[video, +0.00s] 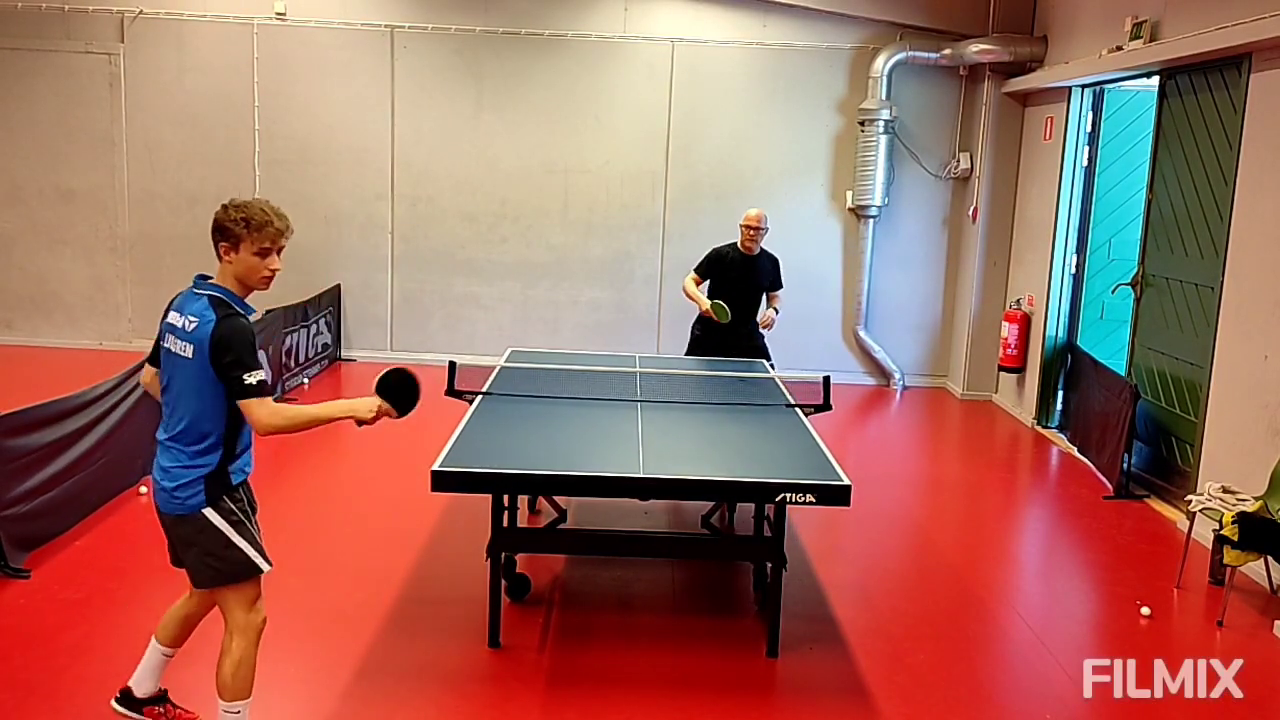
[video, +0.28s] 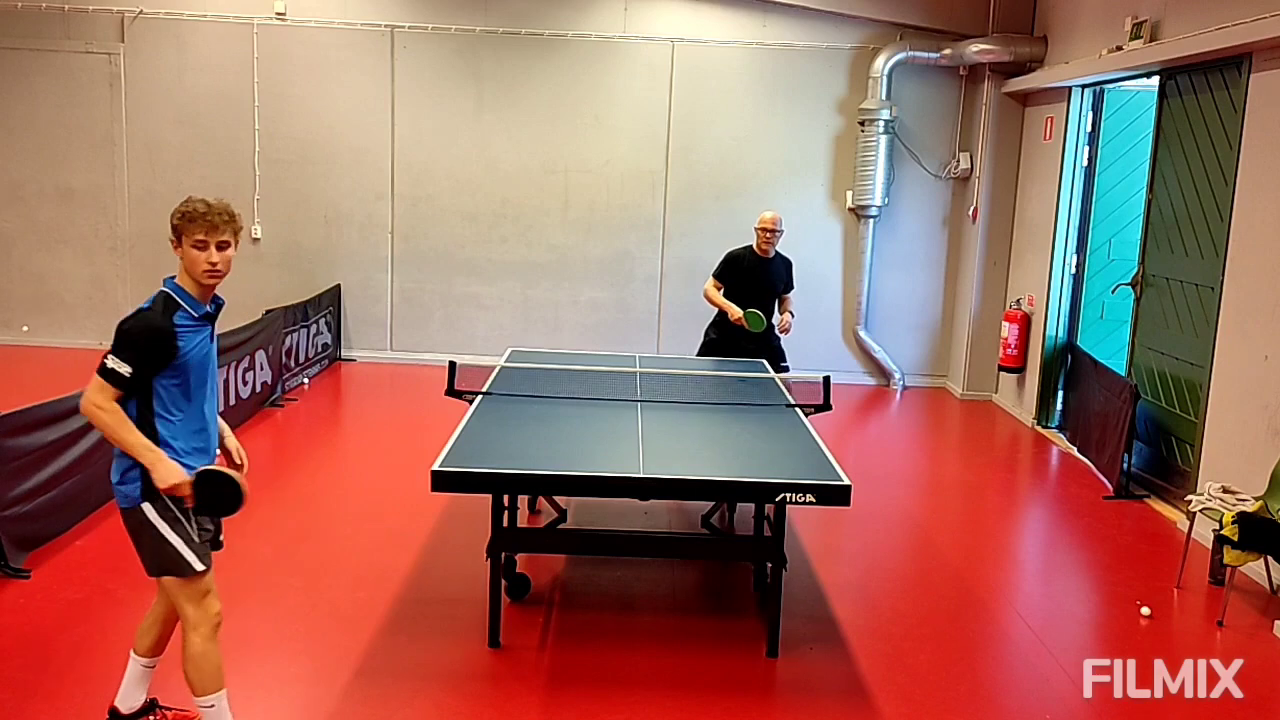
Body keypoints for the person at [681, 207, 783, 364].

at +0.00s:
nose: (751, 233)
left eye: (757, 229)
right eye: (747, 228)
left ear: (765, 232)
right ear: (740, 227)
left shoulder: (770, 263)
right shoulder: (719, 255)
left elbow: (774, 297)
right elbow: (689, 283)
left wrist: (773, 310)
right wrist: (702, 301)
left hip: (746, 335)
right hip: (710, 333)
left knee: (768, 383)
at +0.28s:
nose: (768, 236)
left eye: (773, 232)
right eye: (763, 230)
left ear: (781, 235)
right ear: (755, 230)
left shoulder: (784, 265)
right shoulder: (735, 257)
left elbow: (784, 298)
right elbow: (709, 289)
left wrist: (787, 314)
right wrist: (730, 308)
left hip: (763, 338)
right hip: (726, 335)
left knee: (783, 386)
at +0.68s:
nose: (791, 220)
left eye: (797, 216)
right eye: (787, 215)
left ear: (807, 219)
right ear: (781, 215)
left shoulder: (814, 251)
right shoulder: (762, 244)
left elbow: (823, 285)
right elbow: (735, 274)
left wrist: (819, 312)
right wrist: (751, 287)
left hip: (788, 326)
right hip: (755, 322)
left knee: (790, 381)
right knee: (745, 375)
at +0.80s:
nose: (791, 219)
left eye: (797, 215)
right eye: (787, 214)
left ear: (807, 219)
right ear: (781, 215)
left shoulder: (816, 252)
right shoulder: (763, 243)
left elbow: (825, 288)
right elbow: (736, 273)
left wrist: (815, 317)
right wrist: (748, 286)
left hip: (790, 327)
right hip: (757, 324)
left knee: (790, 384)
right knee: (748, 379)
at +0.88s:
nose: (789, 220)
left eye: (795, 216)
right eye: (785, 215)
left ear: (807, 219)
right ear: (780, 216)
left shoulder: (816, 252)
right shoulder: (764, 243)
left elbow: (825, 288)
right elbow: (738, 272)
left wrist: (814, 318)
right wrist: (745, 285)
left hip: (790, 326)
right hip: (758, 323)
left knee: (790, 382)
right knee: (748, 376)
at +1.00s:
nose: (784, 224)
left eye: (789, 219)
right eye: (780, 219)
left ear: (802, 219)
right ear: (775, 218)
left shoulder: (814, 251)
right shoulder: (761, 244)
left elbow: (824, 287)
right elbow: (738, 272)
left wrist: (814, 316)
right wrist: (741, 281)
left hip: (789, 326)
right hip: (755, 324)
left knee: (789, 381)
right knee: (743, 377)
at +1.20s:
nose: (771, 226)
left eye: (776, 221)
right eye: (767, 220)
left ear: (789, 220)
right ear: (762, 220)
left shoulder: (803, 251)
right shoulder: (749, 246)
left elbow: (815, 287)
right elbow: (726, 275)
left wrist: (805, 316)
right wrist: (731, 282)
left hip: (781, 329)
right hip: (746, 327)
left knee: (785, 386)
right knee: (732, 381)